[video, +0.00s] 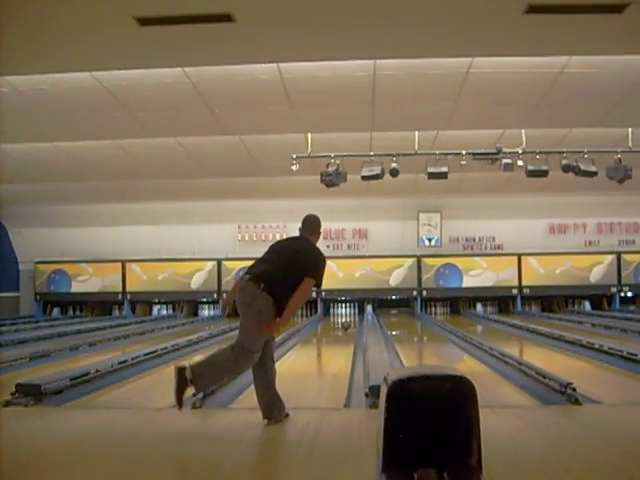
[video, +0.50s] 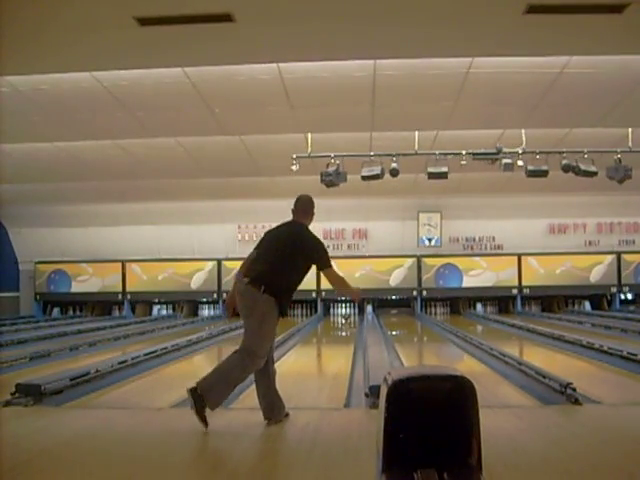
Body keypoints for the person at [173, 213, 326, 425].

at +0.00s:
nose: (317, 236)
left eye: (313, 230)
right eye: (319, 233)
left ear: (301, 229)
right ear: (319, 233)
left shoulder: (284, 243)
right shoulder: (316, 256)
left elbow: (255, 269)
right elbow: (303, 292)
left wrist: (232, 295)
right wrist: (283, 320)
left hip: (245, 290)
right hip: (261, 297)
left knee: (264, 357)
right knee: (246, 352)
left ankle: (273, 412)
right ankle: (191, 375)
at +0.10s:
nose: (314, 232)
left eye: (311, 228)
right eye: (316, 229)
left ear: (299, 226)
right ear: (318, 230)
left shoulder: (281, 241)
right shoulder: (314, 254)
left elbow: (253, 272)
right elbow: (308, 299)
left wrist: (232, 298)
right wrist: (296, 334)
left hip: (246, 290)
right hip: (263, 299)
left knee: (263, 356)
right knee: (247, 351)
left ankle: (273, 412)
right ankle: (199, 392)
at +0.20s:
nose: (313, 227)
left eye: (309, 223)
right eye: (315, 224)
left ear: (297, 222)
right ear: (316, 226)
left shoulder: (280, 239)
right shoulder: (314, 254)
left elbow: (253, 269)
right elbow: (316, 298)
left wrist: (233, 297)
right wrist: (318, 336)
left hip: (245, 290)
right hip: (262, 299)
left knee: (263, 356)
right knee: (248, 352)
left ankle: (273, 411)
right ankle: (200, 393)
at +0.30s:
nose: (313, 224)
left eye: (310, 220)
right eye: (314, 221)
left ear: (296, 219)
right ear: (314, 222)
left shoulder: (279, 237)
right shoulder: (314, 250)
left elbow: (253, 267)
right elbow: (324, 291)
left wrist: (233, 295)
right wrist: (336, 321)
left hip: (244, 289)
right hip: (260, 297)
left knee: (262, 355)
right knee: (248, 353)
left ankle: (273, 412)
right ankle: (200, 394)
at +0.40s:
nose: (311, 220)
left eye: (308, 216)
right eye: (313, 217)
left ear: (294, 216)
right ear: (313, 219)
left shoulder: (277, 235)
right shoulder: (314, 247)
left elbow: (249, 265)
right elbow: (331, 284)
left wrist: (231, 295)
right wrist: (350, 304)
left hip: (244, 288)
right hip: (262, 296)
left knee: (262, 356)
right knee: (248, 352)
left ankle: (273, 412)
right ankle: (199, 393)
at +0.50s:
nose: (311, 216)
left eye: (308, 211)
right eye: (312, 212)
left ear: (293, 211)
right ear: (312, 214)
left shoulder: (275, 231)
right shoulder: (311, 241)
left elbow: (247, 264)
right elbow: (332, 277)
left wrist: (232, 294)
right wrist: (352, 292)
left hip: (245, 289)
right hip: (264, 296)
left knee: (263, 356)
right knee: (253, 354)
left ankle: (274, 413)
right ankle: (203, 393)